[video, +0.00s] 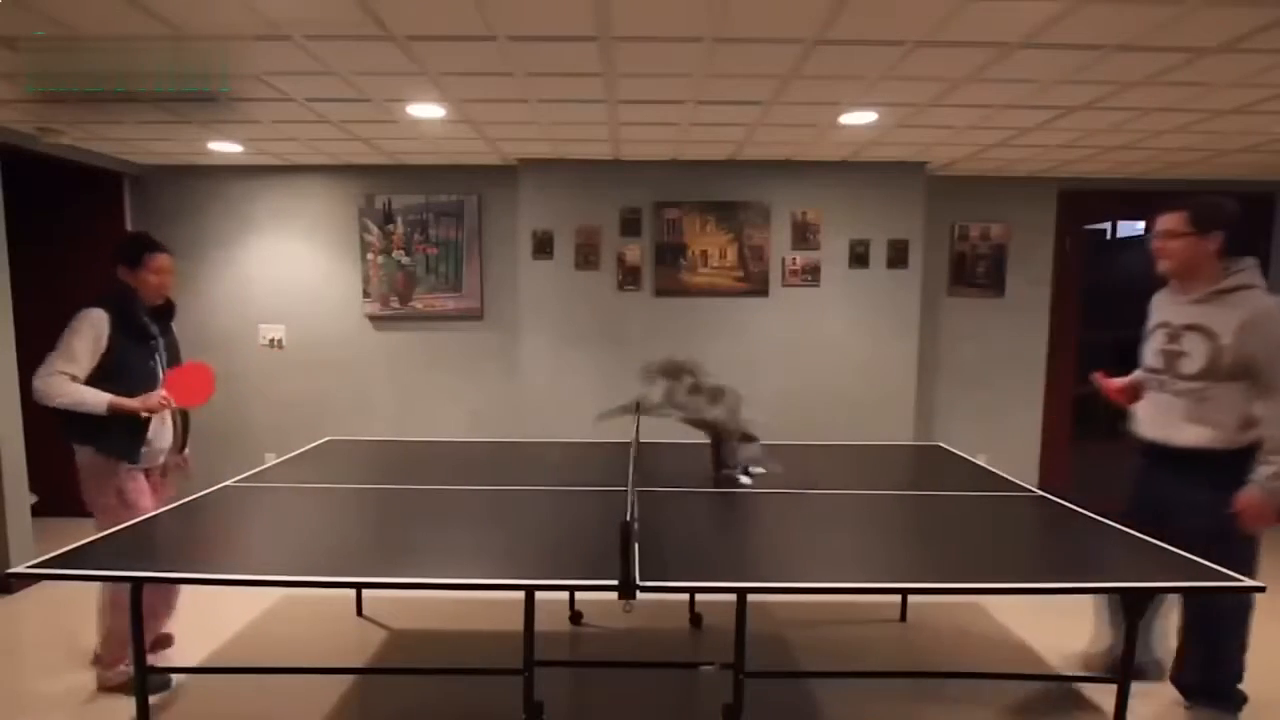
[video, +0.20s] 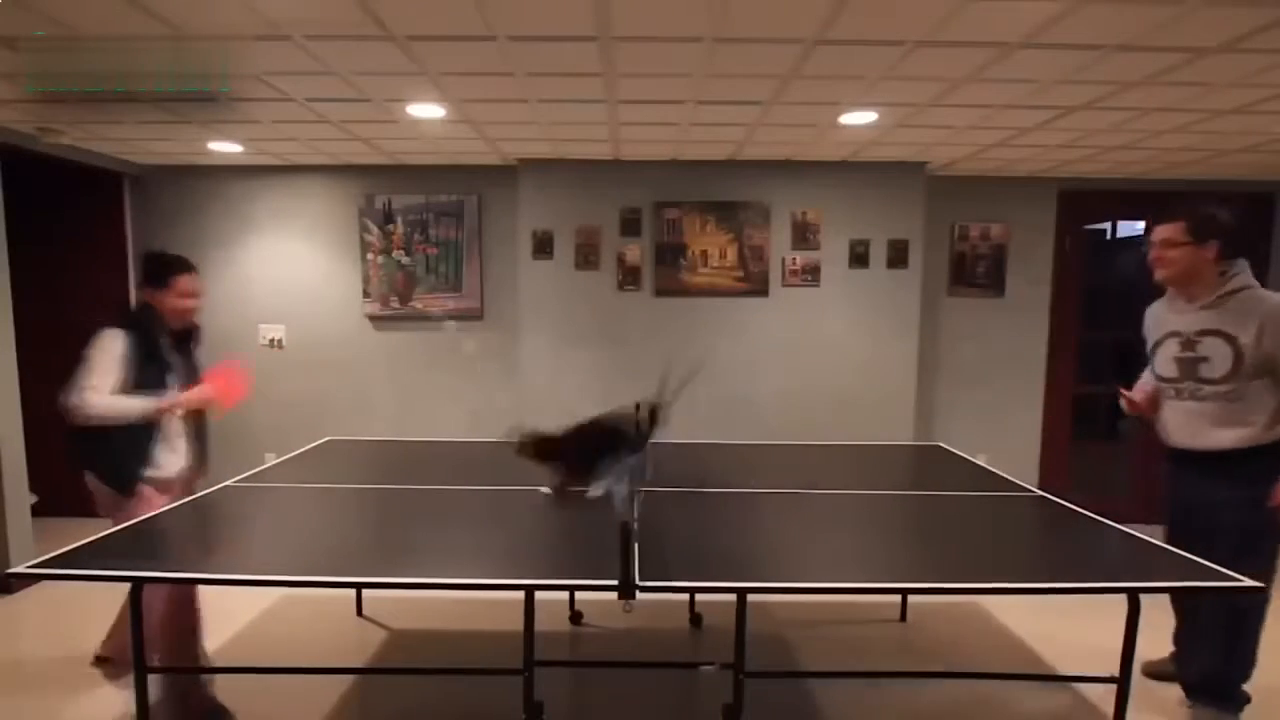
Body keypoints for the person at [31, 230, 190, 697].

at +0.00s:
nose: (167, 283)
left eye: (169, 273)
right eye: (158, 273)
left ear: (166, 276)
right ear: (128, 274)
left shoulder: (158, 325)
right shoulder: (97, 321)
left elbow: (165, 391)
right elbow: (47, 384)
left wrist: (175, 444)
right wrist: (126, 403)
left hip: (152, 460)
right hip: (108, 462)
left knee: (159, 550)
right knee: (136, 554)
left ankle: (142, 644)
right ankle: (115, 667)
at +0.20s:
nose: (193, 305)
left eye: (196, 295)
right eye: (183, 295)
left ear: (193, 297)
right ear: (151, 296)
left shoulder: (182, 346)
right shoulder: (117, 341)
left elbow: (180, 406)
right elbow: (82, 403)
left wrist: (205, 396)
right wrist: (167, 402)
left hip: (176, 482)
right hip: (129, 485)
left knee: (170, 571)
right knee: (171, 574)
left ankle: (118, 650)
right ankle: (180, 688)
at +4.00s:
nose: (170, 304)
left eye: (172, 295)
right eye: (164, 294)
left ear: (142, 295)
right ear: (133, 292)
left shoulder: (134, 338)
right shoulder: (86, 333)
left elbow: (126, 412)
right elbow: (64, 409)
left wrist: (134, 467)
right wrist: (146, 420)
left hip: (104, 466)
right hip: (62, 468)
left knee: (113, 555)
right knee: (92, 560)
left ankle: (56, 646)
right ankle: (95, 661)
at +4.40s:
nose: (115, 297)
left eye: (117, 288)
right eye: (109, 286)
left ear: (92, 286)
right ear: (78, 283)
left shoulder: (80, 330)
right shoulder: (40, 327)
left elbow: (74, 398)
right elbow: (30, 400)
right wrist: (116, 403)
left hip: (61, 465)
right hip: (34, 466)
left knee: (55, 557)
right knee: (111, 539)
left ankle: (19, 649)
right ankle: (112, 648)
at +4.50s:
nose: (129, 304)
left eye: (130, 295)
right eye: (123, 294)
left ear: (102, 295)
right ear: (94, 291)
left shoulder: (80, 337)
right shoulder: (53, 334)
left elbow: (89, 397)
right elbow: (73, 400)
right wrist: (158, 387)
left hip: (71, 470)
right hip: (53, 471)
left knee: (65, 564)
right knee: (128, 541)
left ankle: (21, 650)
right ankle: (172, 645)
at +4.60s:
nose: (162, 302)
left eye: (163, 293)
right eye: (155, 292)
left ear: (133, 294)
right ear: (129, 292)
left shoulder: (119, 338)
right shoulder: (95, 339)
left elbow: (154, 377)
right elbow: (151, 381)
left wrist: (203, 362)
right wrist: (222, 366)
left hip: (110, 470)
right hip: (84, 471)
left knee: (77, 562)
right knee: (150, 546)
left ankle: (21, 650)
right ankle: (185, 644)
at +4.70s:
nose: (197, 295)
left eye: (198, 286)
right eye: (189, 286)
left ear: (165, 289)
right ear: (160, 288)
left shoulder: (157, 333)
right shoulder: (133, 333)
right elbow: (178, 394)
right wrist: (253, 384)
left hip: (130, 464)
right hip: (104, 462)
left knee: (95, 559)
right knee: (163, 538)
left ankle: (29, 647)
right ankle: (185, 643)